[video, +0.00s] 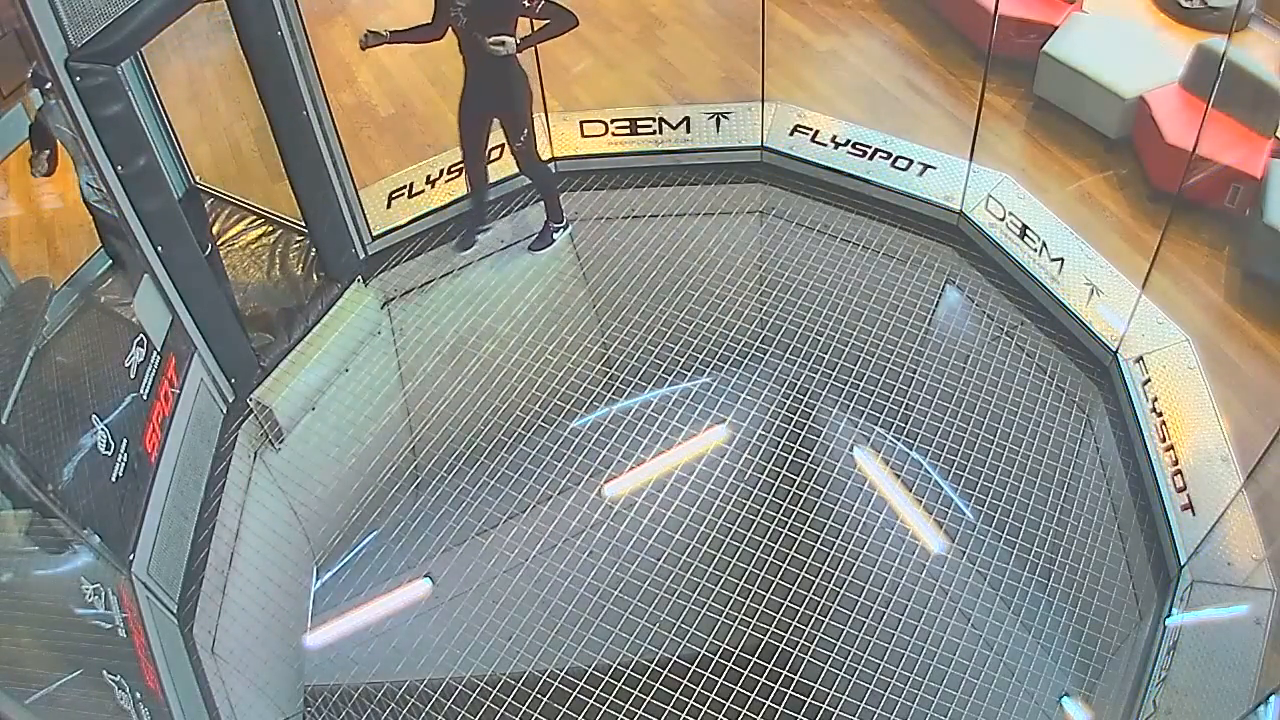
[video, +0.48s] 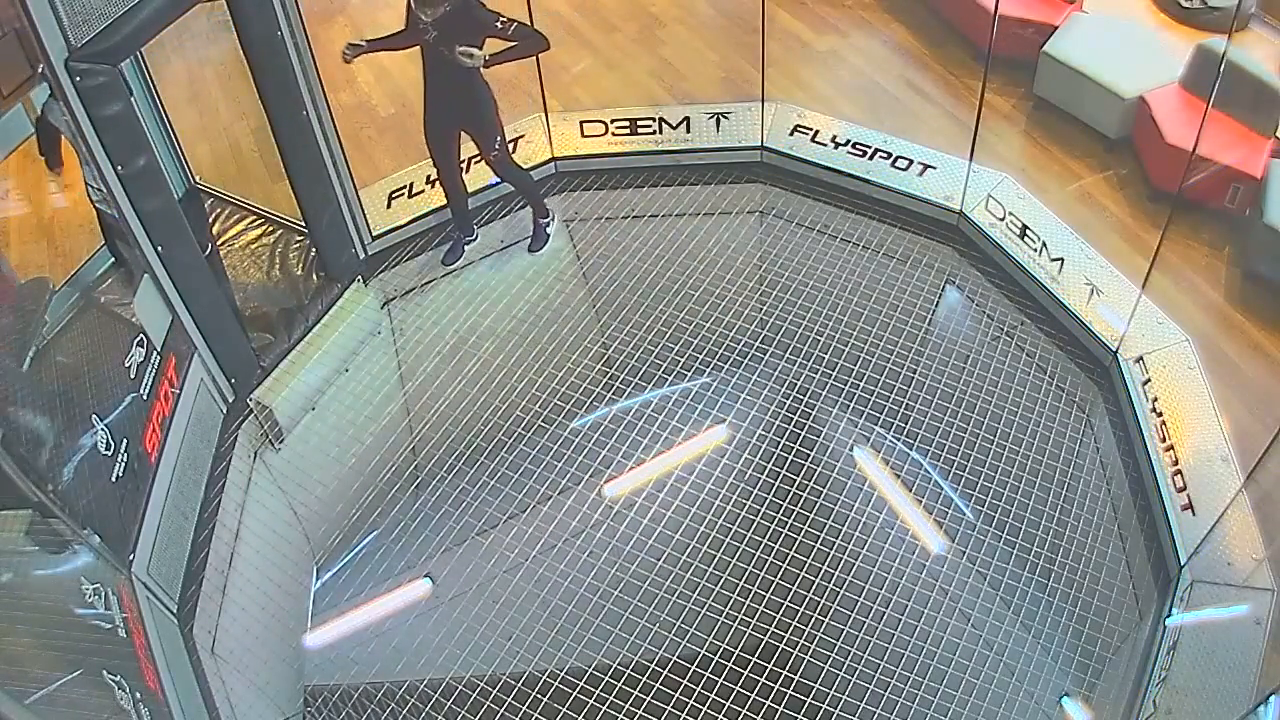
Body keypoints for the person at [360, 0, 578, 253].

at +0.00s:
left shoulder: (512, 4)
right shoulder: (448, 4)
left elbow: (567, 19)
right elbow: (436, 31)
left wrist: (520, 45)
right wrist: (385, 37)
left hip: (509, 82)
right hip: (474, 86)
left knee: (527, 160)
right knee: (473, 159)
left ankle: (557, 219)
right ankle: (479, 220)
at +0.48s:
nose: (424, 15)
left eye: (430, 11)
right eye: (421, 9)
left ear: (445, 4)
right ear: (418, 3)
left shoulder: (472, 12)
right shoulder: (415, 7)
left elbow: (538, 42)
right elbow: (412, 36)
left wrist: (486, 60)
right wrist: (365, 47)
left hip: (473, 99)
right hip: (437, 104)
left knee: (501, 164)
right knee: (447, 173)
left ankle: (542, 214)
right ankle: (466, 232)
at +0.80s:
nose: (424, 5)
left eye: (429, 2)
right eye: (418, 2)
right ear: (411, 1)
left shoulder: (462, 10)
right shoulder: (402, 10)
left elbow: (527, 34)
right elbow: (396, 41)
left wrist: (481, 58)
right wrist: (357, 63)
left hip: (468, 101)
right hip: (430, 109)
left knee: (485, 170)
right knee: (447, 178)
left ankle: (504, 225)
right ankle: (466, 233)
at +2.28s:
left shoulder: (470, 4)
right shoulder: (399, 5)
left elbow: (529, 17)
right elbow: (359, 41)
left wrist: (483, 45)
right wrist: (395, 51)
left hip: (472, 86)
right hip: (435, 92)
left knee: (487, 157)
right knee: (450, 166)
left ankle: (503, 224)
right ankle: (466, 232)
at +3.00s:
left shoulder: (486, 1)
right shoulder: (420, 1)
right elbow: (372, 32)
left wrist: (498, 8)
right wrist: (424, 31)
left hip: (491, 80)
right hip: (452, 87)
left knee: (498, 156)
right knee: (468, 160)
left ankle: (504, 225)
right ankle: (483, 229)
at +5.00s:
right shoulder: (442, 1)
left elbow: (519, 8)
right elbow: (390, 18)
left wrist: (521, 6)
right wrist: (430, 26)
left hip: (505, 79)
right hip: (466, 82)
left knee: (505, 154)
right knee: (476, 158)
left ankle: (504, 225)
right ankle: (484, 229)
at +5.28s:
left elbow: (517, 6)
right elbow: (387, 15)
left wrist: (518, 4)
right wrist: (428, 21)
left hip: (504, 78)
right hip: (465, 82)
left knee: (504, 154)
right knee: (477, 158)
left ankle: (504, 225)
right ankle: (485, 229)